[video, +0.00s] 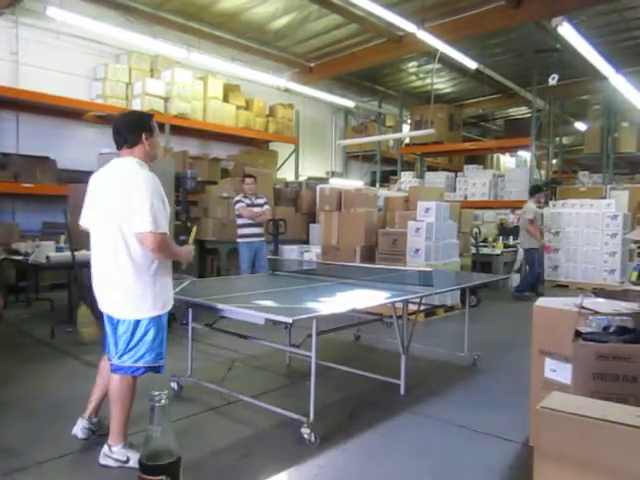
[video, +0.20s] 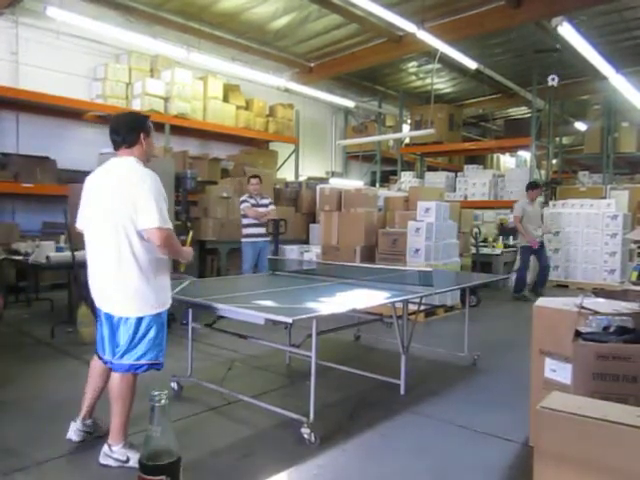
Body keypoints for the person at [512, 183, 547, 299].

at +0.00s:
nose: (542, 198)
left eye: (543, 195)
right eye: (540, 195)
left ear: (535, 195)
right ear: (535, 195)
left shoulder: (534, 208)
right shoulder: (530, 208)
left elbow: (533, 224)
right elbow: (528, 225)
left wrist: (540, 231)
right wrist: (539, 238)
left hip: (536, 243)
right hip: (530, 243)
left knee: (538, 269)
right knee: (534, 270)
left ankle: (534, 288)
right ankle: (519, 290)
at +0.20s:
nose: (538, 194)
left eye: (539, 192)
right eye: (537, 191)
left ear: (536, 192)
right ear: (530, 191)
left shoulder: (537, 204)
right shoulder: (520, 205)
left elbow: (538, 221)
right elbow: (516, 222)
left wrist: (544, 230)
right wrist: (528, 238)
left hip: (538, 240)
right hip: (525, 241)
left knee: (545, 266)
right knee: (524, 267)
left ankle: (537, 288)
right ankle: (518, 291)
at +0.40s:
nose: (536, 197)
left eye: (538, 195)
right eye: (535, 194)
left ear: (539, 195)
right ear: (529, 194)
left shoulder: (542, 208)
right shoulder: (518, 208)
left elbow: (544, 222)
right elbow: (512, 226)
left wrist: (543, 231)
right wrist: (520, 242)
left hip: (538, 244)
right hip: (523, 245)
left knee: (539, 272)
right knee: (521, 271)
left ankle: (540, 295)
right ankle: (520, 292)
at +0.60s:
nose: (534, 195)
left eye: (536, 192)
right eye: (532, 192)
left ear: (540, 194)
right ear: (528, 193)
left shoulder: (545, 211)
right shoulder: (519, 208)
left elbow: (548, 228)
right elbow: (511, 223)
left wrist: (542, 235)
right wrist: (511, 238)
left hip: (538, 247)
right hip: (521, 246)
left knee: (538, 276)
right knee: (521, 275)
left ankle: (534, 298)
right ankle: (522, 292)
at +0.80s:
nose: (532, 186)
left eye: (534, 184)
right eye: (530, 183)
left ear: (539, 186)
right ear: (526, 185)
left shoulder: (545, 204)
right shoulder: (517, 201)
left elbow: (550, 222)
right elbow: (510, 219)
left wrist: (542, 232)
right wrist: (507, 237)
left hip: (537, 244)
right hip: (519, 243)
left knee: (538, 277)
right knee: (519, 275)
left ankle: (534, 301)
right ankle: (521, 300)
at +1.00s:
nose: (526, 189)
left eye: (529, 186)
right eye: (524, 186)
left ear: (535, 189)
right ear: (522, 188)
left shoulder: (542, 205)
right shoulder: (515, 205)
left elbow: (549, 224)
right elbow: (509, 223)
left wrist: (542, 236)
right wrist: (505, 239)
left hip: (536, 249)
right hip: (518, 247)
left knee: (538, 280)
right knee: (514, 279)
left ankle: (534, 302)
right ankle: (511, 307)